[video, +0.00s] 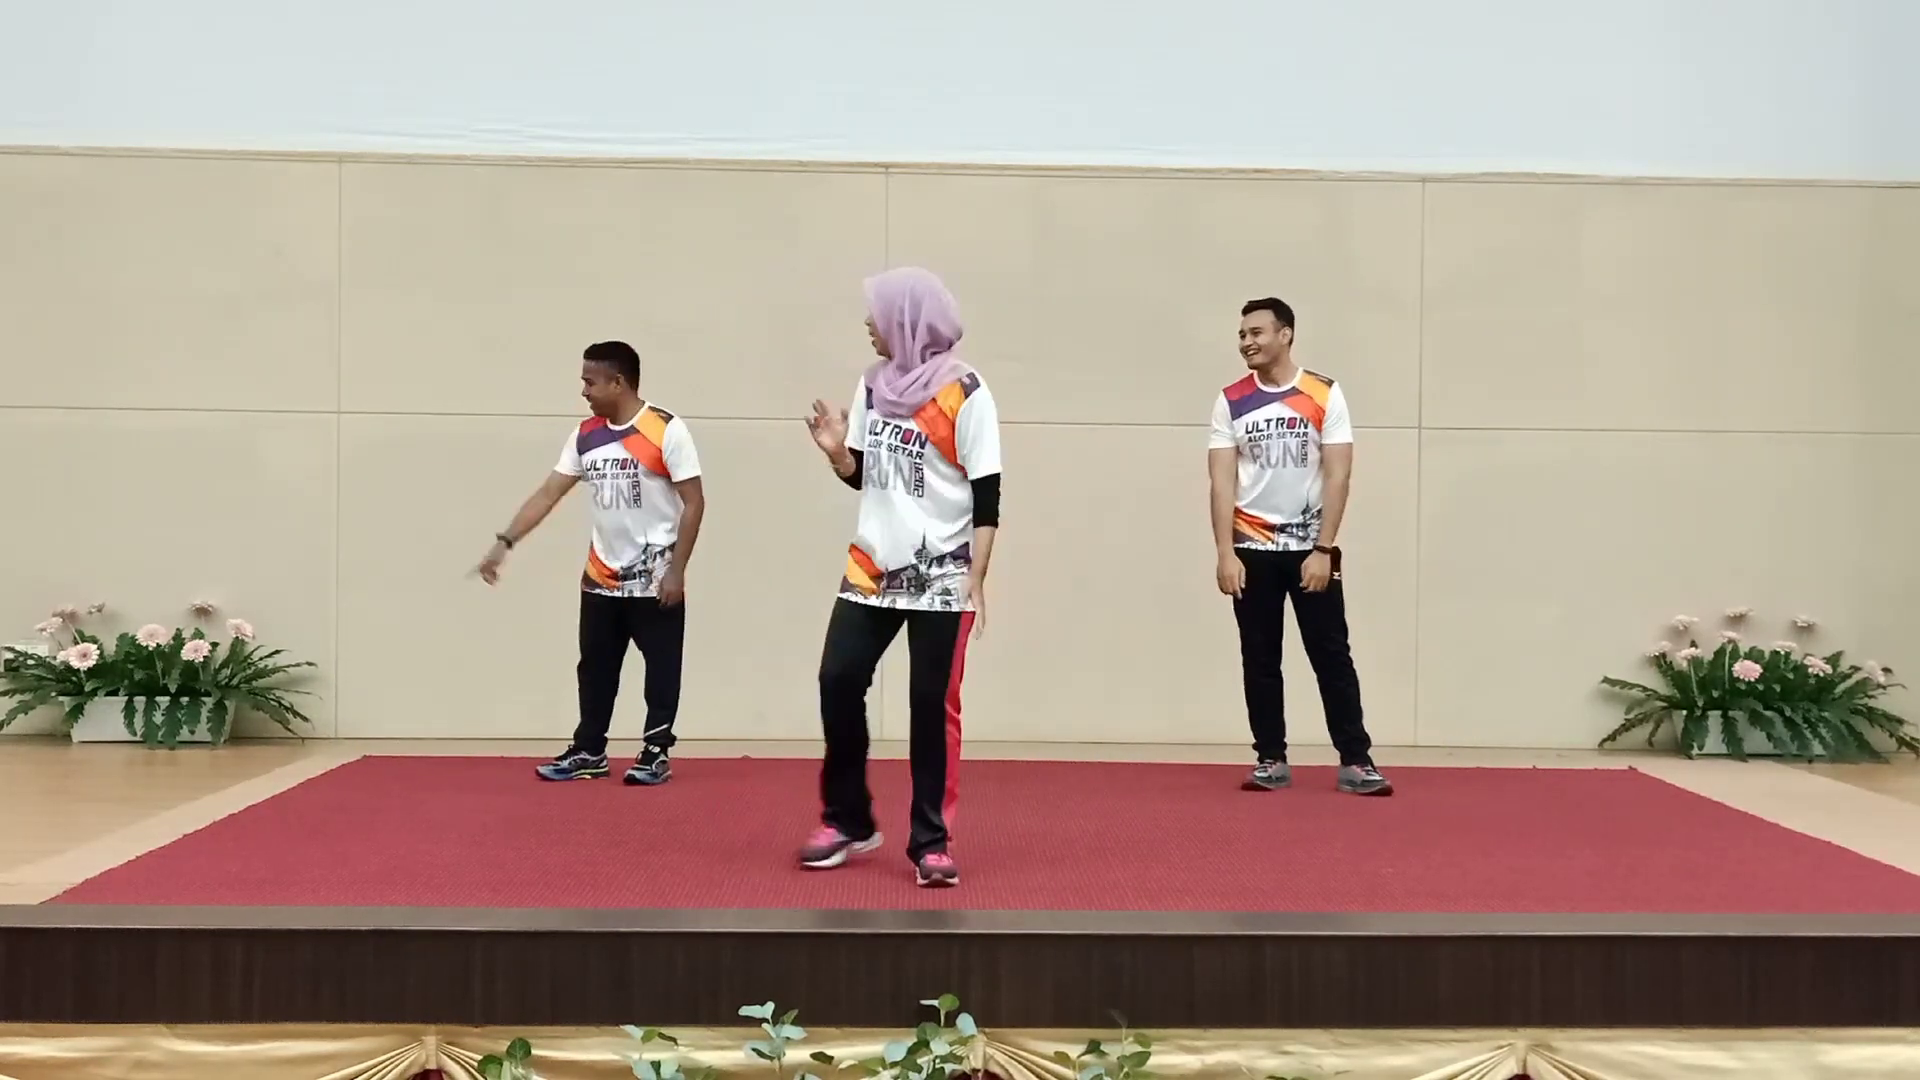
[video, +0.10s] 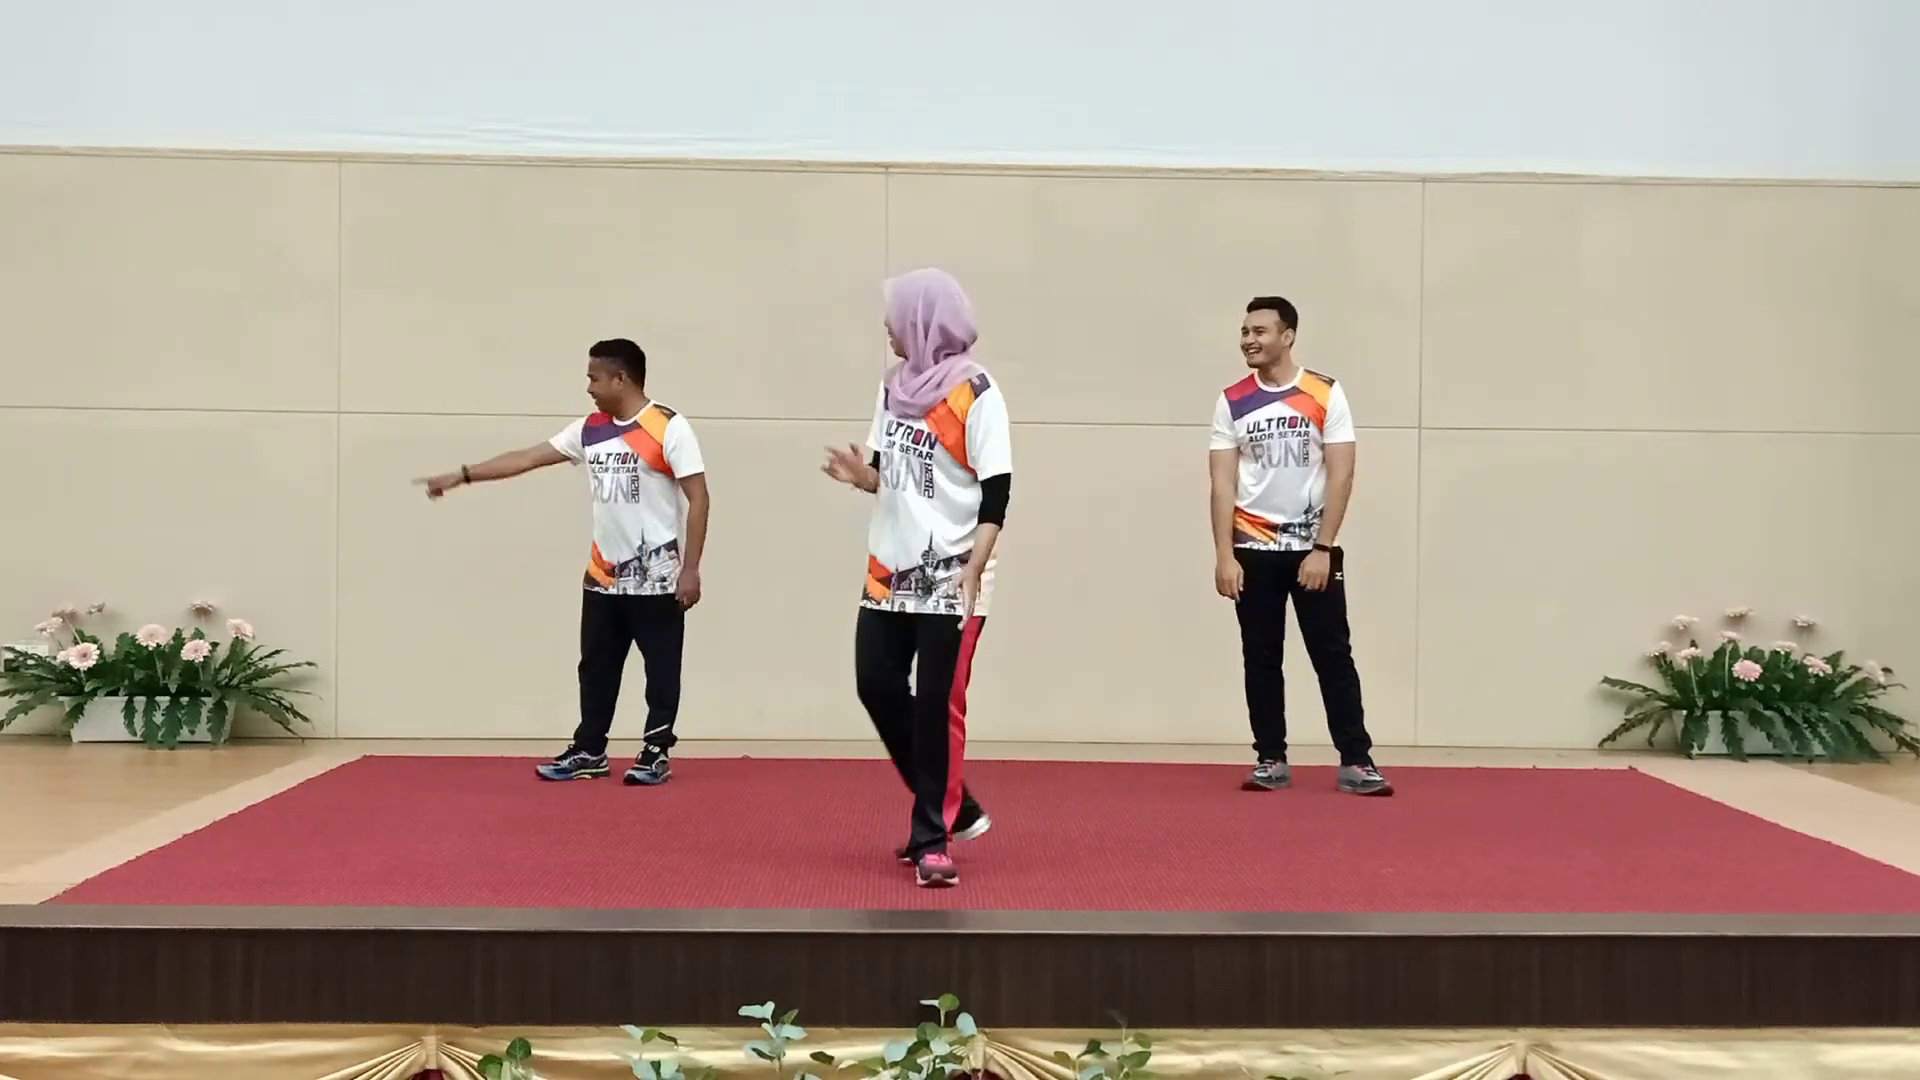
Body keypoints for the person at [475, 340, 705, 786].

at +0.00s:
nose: (583, 390)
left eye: (590, 381)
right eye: (583, 381)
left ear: (620, 382)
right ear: (607, 382)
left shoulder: (667, 432)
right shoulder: (586, 434)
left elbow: (694, 502)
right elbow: (548, 493)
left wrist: (677, 568)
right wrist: (504, 543)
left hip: (656, 576)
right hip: (603, 575)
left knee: (663, 670)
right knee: (596, 668)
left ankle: (655, 755)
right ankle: (588, 753)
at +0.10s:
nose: (588, 386)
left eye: (594, 378)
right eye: (588, 377)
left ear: (623, 379)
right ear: (615, 379)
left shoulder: (670, 428)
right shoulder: (588, 429)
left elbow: (699, 498)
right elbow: (528, 458)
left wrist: (691, 568)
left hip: (658, 576)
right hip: (605, 575)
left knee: (662, 672)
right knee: (596, 668)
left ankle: (656, 755)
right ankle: (589, 752)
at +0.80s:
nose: (649, 374)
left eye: (655, 367)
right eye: (638, 366)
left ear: (663, 373)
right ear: (615, 373)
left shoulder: (685, 430)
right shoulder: (589, 428)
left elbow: (703, 501)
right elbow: (546, 483)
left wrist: (693, 563)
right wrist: (501, 529)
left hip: (662, 574)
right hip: (602, 572)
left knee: (663, 669)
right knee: (593, 667)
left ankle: (656, 755)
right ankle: (588, 753)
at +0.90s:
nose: (651, 375)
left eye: (657, 367)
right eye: (640, 367)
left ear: (663, 372)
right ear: (615, 372)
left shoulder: (684, 430)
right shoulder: (586, 428)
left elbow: (701, 501)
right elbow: (558, 493)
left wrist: (703, 567)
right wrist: (531, 553)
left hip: (661, 576)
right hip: (600, 574)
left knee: (663, 670)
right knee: (593, 668)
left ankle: (657, 753)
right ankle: (588, 752)